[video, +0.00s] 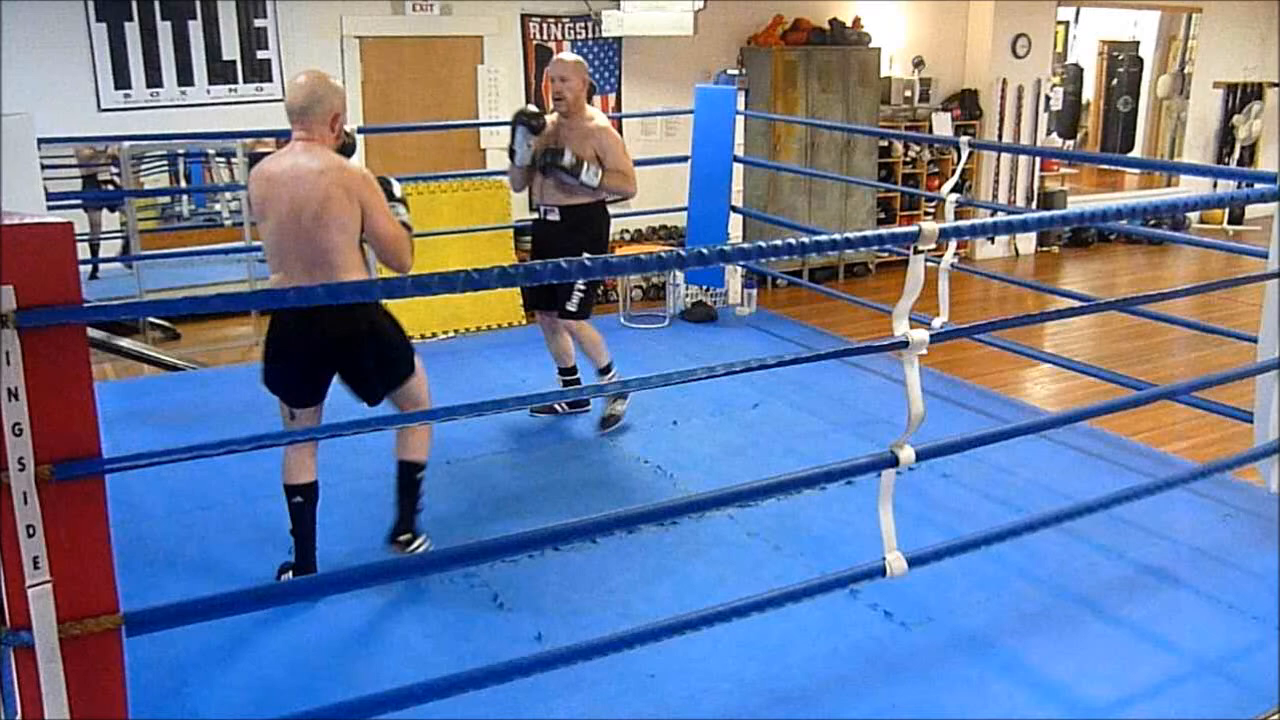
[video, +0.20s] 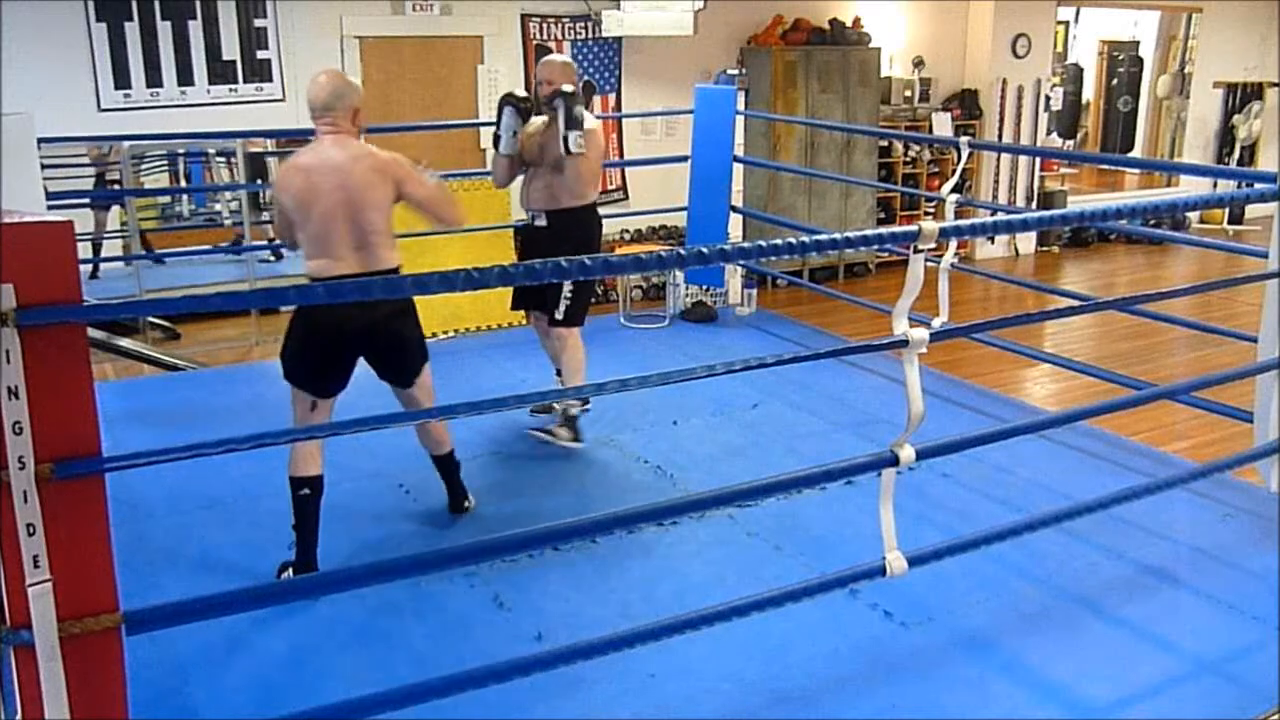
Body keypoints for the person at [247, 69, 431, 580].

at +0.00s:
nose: (346, 125)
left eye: (344, 118)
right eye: (343, 117)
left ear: (291, 119)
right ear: (333, 119)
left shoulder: (261, 176)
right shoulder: (352, 178)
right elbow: (400, 257)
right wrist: (392, 212)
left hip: (292, 329)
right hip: (357, 322)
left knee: (300, 436)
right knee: (416, 408)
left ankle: (303, 559)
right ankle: (405, 529)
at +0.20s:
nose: (361, 117)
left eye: (355, 111)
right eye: (361, 110)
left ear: (311, 115)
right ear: (356, 113)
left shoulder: (289, 171)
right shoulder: (384, 163)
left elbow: (286, 236)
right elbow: (452, 216)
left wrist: (326, 202)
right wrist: (427, 181)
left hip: (323, 313)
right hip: (388, 306)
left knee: (308, 430)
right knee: (424, 410)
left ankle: (305, 559)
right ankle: (458, 496)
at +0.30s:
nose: (380, 124)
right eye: (380, 117)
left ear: (334, 127)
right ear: (377, 122)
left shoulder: (318, 183)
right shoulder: (410, 160)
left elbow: (296, 252)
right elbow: (478, 166)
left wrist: (325, 215)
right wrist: (465, 141)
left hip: (343, 316)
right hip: (406, 310)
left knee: (306, 429)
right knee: (431, 411)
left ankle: (306, 555)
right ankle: (461, 508)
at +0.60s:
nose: (352, 117)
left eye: (342, 111)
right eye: (377, 107)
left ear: (337, 114)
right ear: (382, 110)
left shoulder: (325, 166)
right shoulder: (418, 157)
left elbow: (300, 245)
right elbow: (470, 212)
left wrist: (331, 205)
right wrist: (426, 200)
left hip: (349, 300)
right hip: (411, 294)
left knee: (300, 415)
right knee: (434, 401)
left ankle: (296, 547)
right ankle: (464, 502)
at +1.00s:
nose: (341, 117)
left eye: (339, 110)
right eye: (339, 109)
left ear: (287, 110)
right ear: (329, 109)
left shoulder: (252, 161)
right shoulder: (347, 157)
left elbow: (269, 223)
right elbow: (394, 231)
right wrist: (395, 177)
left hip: (284, 312)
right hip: (349, 304)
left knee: (279, 434)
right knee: (394, 417)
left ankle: (280, 565)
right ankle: (424, 527)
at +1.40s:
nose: (384, 128)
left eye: (383, 120)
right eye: (382, 120)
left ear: (334, 120)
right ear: (367, 121)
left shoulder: (296, 172)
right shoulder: (387, 173)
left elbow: (302, 239)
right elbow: (424, 250)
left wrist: (372, 214)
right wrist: (434, 212)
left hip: (321, 314)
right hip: (386, 309)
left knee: (307, 434)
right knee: (440, 416)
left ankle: (285, 565)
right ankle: (476, 527)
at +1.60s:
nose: (427, 123)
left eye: (427, 116)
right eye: (426, 116)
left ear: (375, 111)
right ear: (417, 116)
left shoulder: (341, 157)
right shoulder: (422, 161)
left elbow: (347, 214)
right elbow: (472, 224)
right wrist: (466, 166)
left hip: (352, 305)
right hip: (413, 302)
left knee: (332, 421)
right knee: (448, 417)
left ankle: (319, 548)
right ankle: (474, 530)